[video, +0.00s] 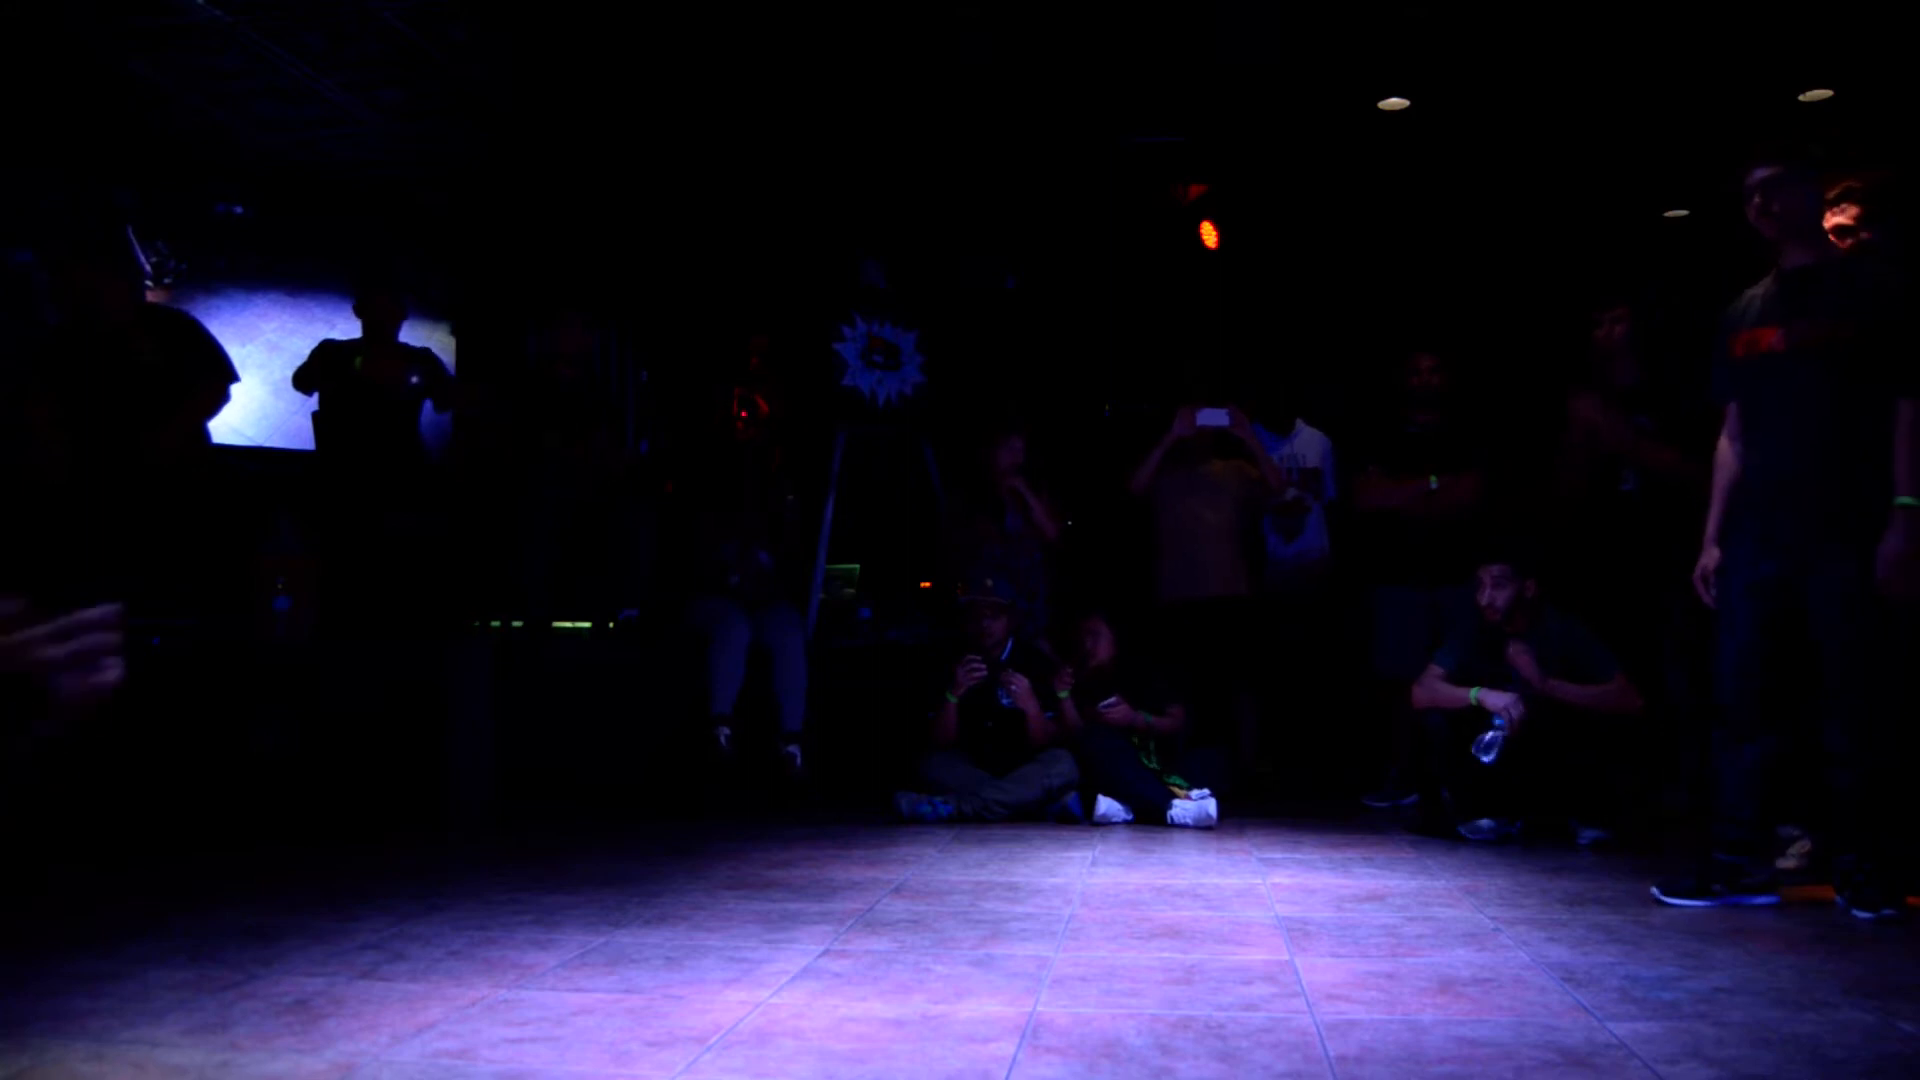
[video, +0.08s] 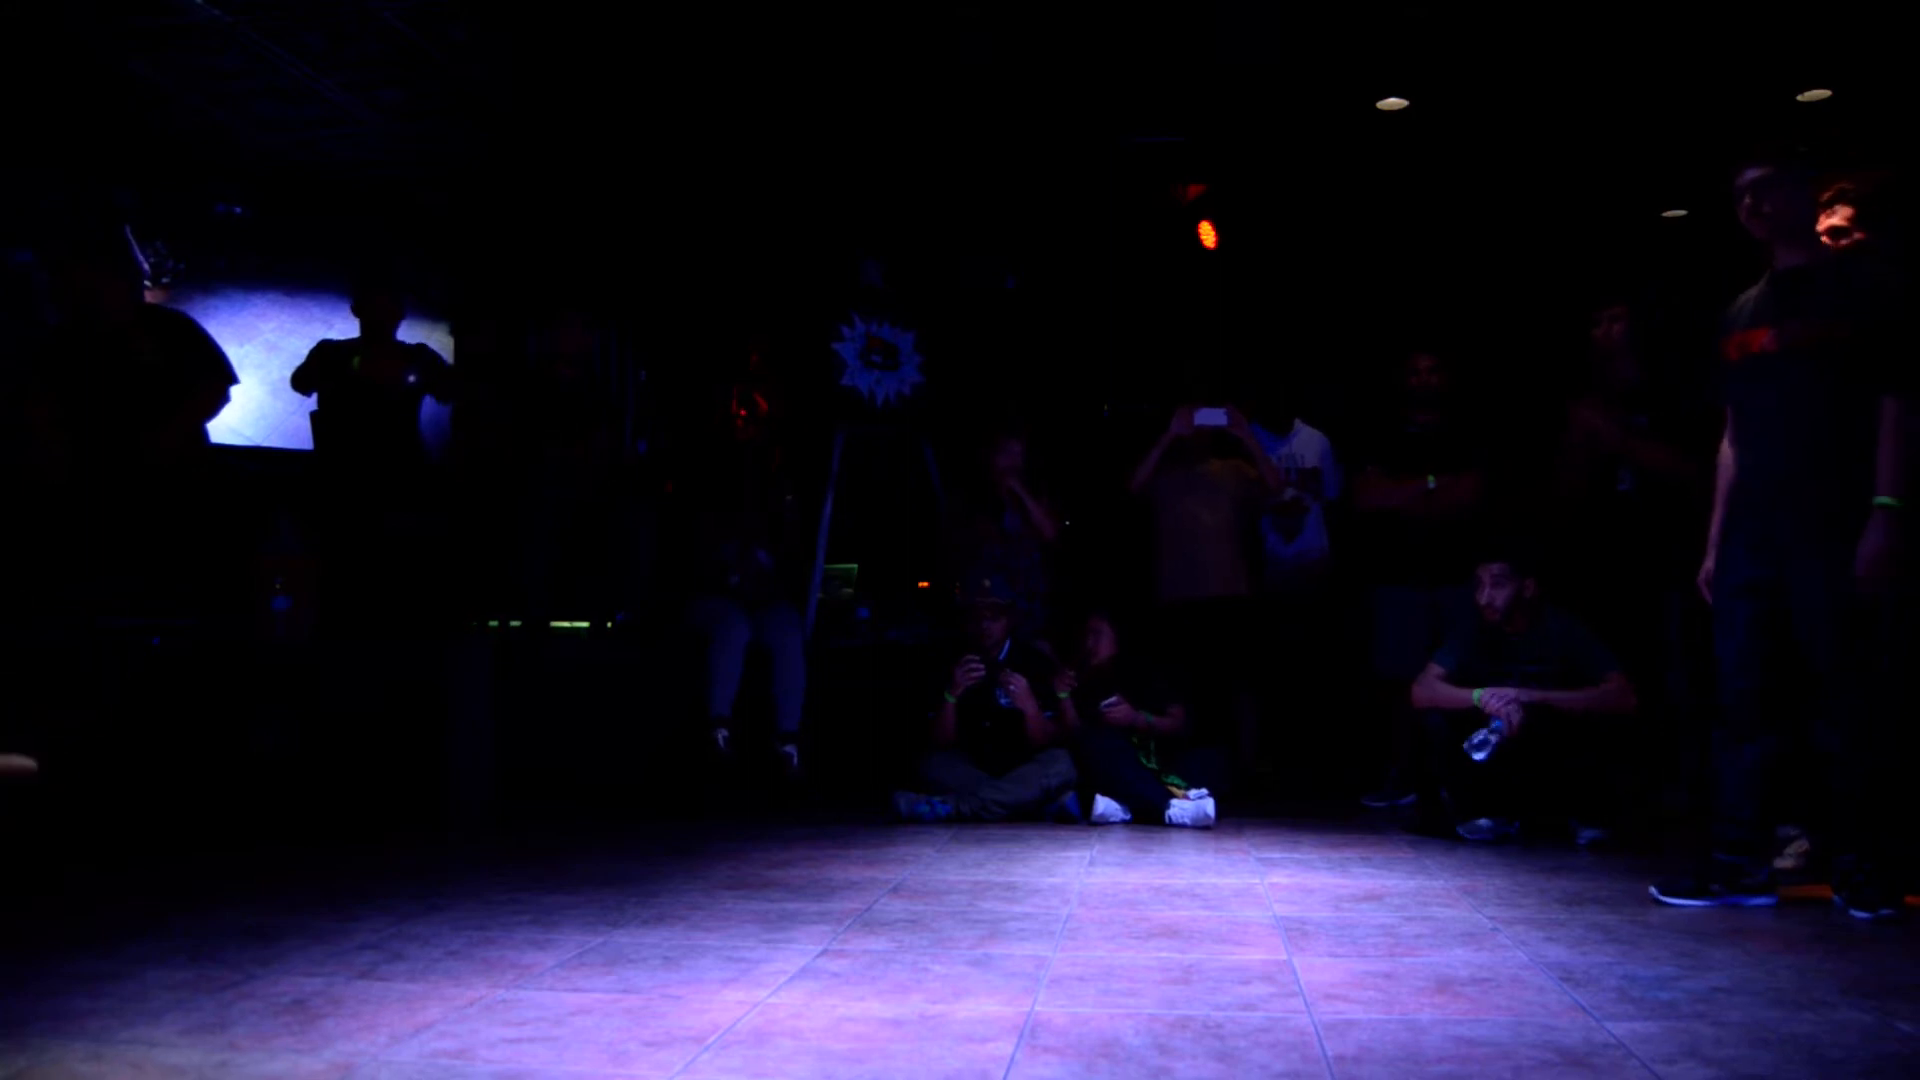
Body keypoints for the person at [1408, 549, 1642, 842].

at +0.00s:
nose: (1486, 598)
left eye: (1499, 586)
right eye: (1481, 587)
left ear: (1526, 589)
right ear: (1475, 589)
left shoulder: (1561, 633)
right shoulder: (1476, 632)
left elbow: (1625, 697)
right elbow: (1423, 692)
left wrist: (1545, 685)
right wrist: (1480, 696)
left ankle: (1588, 817)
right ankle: (1493, 814)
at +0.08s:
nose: (1485, 597)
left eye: (1498, 585)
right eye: (1481, 586)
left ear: (1526, 588)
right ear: (1475, 588)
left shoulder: (1561, 633)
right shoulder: (1475, 632)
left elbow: (1620, 695)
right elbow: (1422, 691)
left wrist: (1529, 697)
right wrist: (1485, 699)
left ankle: (1587, 817)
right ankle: (1490, 814)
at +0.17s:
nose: (1487, 600)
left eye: (1499, 589)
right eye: (1482, 589)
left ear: (1527, 591)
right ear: (1476, 591)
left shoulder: (1562, 633)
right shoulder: (1474, 632)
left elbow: (1620, 695)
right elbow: (1423, 690)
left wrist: (1532, 697)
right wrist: (1485, 700)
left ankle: (1588, 817)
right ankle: (1490, 814)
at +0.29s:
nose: (1488, 606)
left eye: (1500, 594)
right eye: (1483, 594)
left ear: (1528, 595)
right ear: (1477, 595)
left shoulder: (1562, 634)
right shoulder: (1474, 633)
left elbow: (1620, 696)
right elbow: (1423, 691)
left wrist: (1530, 697)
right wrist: (1489, 699)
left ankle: (1588, 818)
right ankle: (1494, 815)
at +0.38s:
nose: (1488, 604)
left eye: (1500, 592)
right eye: (1482, 593)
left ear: (1528, 594)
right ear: (1475, 595)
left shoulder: (1562, 634)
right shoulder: (1474, 634)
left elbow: (1619, 696)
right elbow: (1421, 692)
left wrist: (1530, 698)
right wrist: (1484, 699)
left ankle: (1587, 819)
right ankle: (1494, 816)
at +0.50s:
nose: (1498, 591)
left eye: (1508, 579)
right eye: (1488, 581)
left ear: (1527, 584)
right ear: (1478, 589)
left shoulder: (1560, 631)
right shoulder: (1471, 632)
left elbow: (1619, 696)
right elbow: (1420, 693)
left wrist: (1528, 703)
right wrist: (1484, 704)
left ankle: (1587, 818)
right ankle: (1487, 815)